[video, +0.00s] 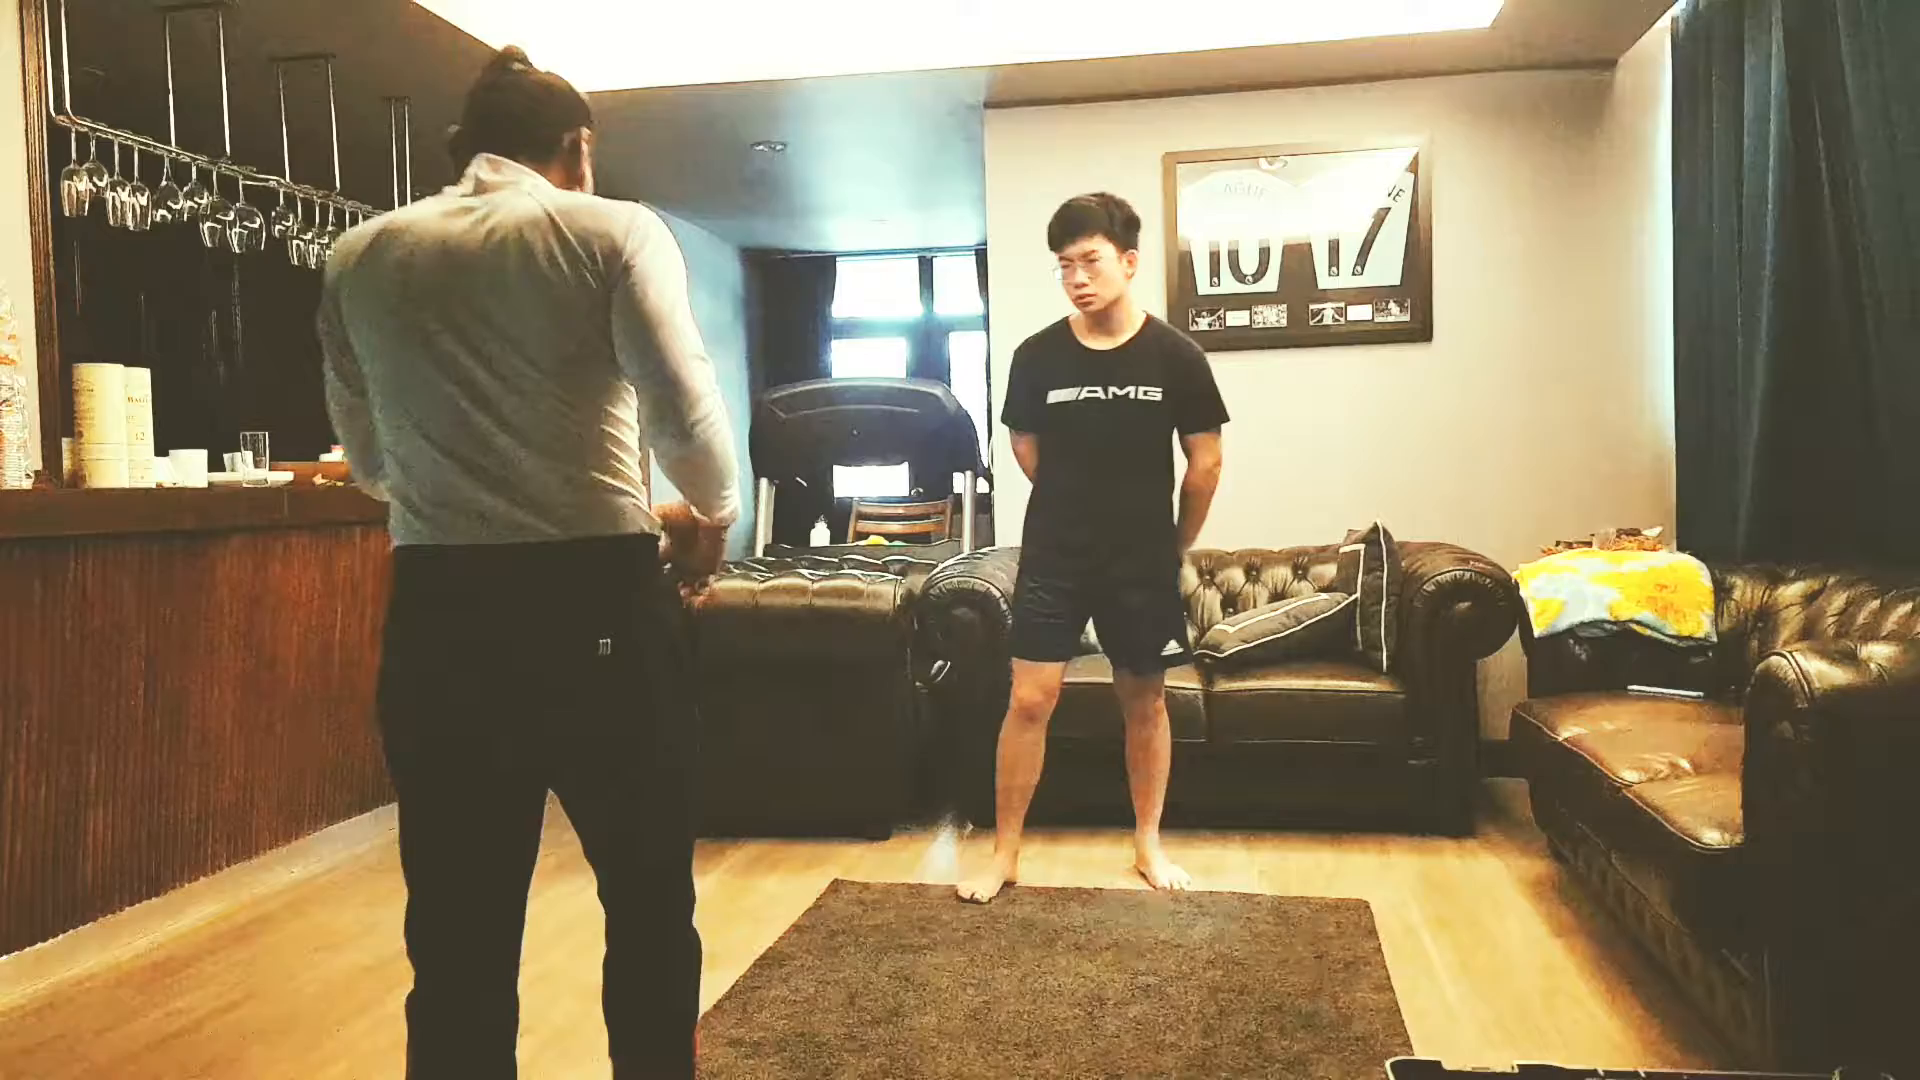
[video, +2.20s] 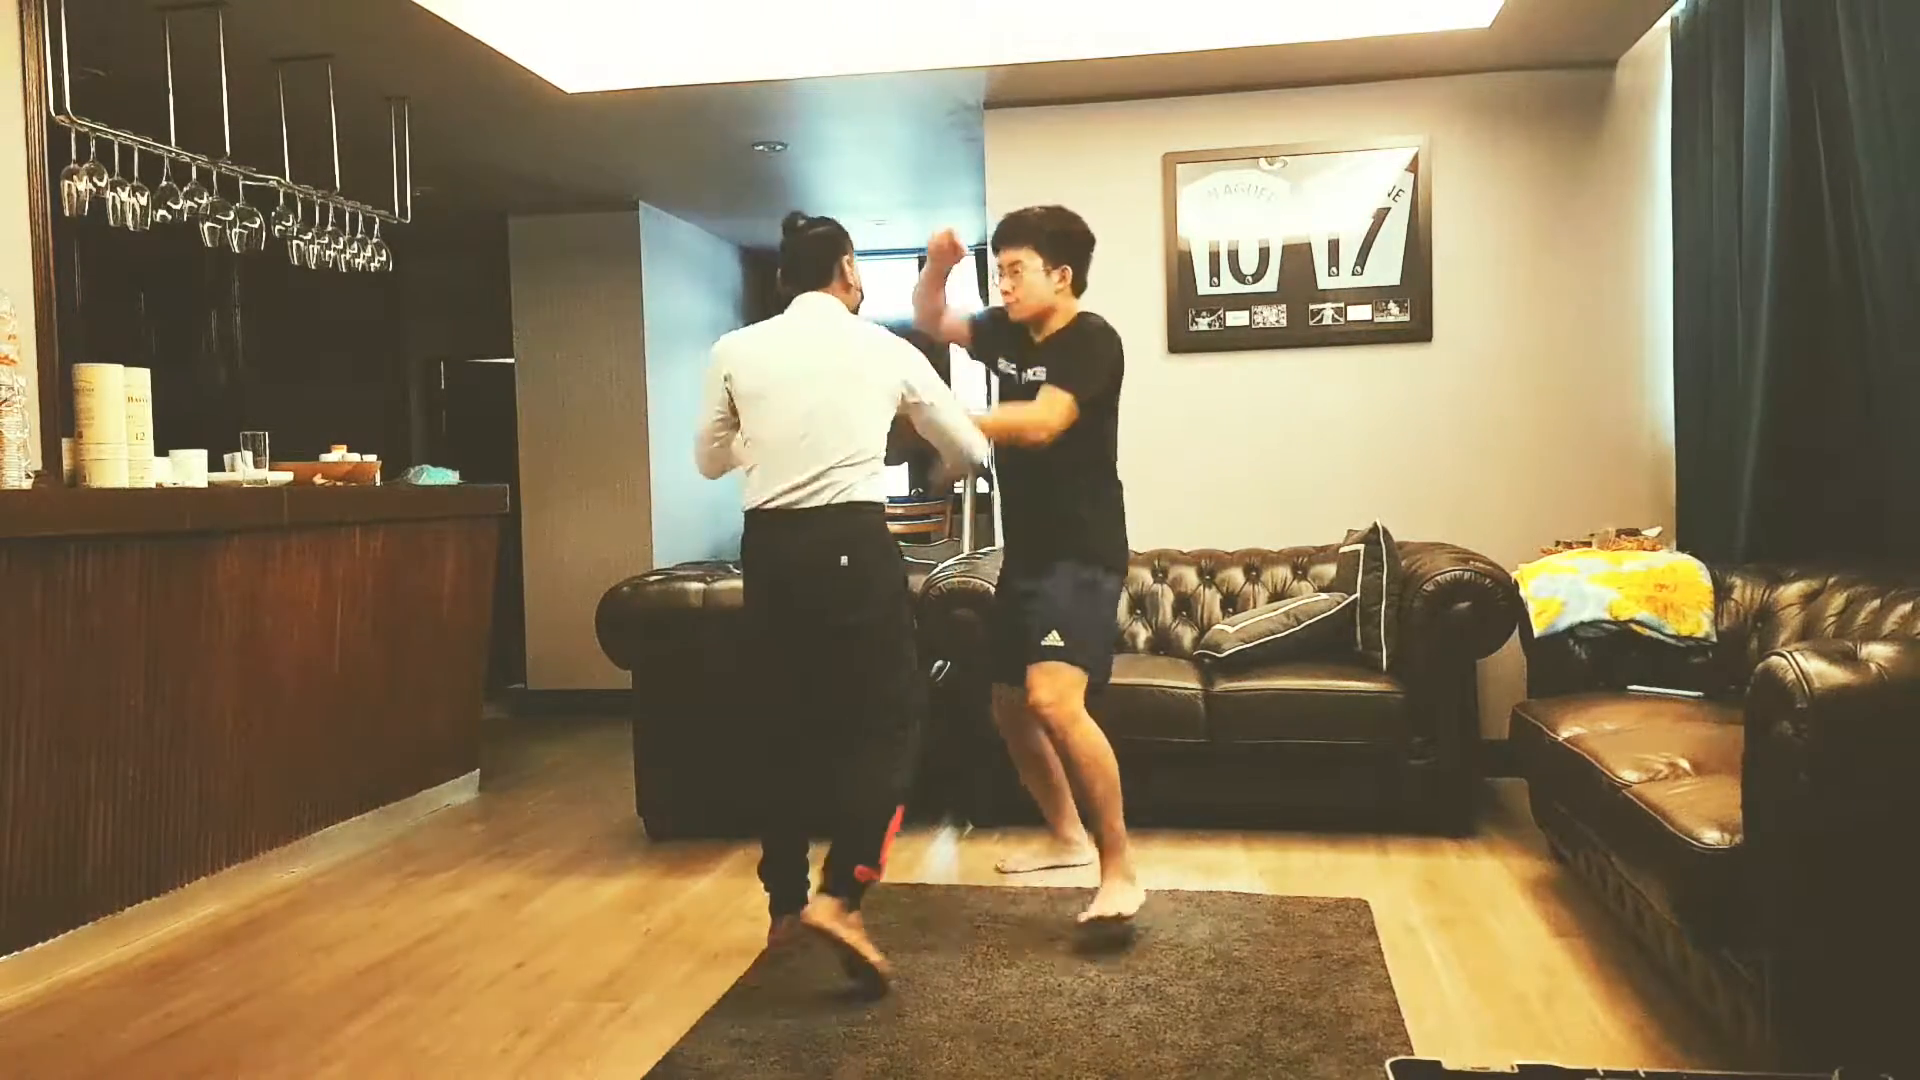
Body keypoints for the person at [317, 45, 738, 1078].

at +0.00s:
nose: (592, 179)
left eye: (589, 164)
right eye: (592, 161)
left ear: (468, 151)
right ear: (573, 152)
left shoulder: (355, 256)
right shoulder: (611, 231)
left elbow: (368, 459)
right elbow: (689, 419)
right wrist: (709, 530)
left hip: (442, 621)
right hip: (601, 614)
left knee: (456, 940)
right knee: (651, 909)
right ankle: (655, 1068)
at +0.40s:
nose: (703, 220)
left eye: (700, 199)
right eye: (701, 199)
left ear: (592, 185)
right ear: (681, 191)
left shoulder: (488, 275)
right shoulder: (724, 284)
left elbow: (446, 455)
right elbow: (784, 465)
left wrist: (532, 482)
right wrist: (773, 530)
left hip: (544, 589)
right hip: (679, 587)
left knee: (540, 856)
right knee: (681, 860)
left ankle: (515, 1068)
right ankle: (665, 1066)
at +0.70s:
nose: (756, 229)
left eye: (754, 211)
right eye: (754, 211)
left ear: (658, 206)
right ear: (732, 206)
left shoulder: (557, 304)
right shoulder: (767, 303)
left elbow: (497, 462)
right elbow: (798, 483)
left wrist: (559, 566)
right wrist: (784, 584)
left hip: (604, 582)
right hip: (725, 577)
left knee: (634, 801)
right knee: (712, 817)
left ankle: (651, 997)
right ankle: (665, 1059)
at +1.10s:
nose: (794, 241)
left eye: (792, 225)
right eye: (788, 226)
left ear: (708, 229)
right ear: (756, 226)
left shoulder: (646, 319)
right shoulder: (779, 310)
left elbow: (603, 473)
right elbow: (794, 465)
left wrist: (673, 537)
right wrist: (840, 567)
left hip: (658, 574)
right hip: (752, 575)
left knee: (676, 794)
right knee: (820, 795)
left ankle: (705, 994)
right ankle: (693, 1005)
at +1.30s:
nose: (813, 249)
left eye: (813, 233)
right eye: (808, 232)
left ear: (743, 229)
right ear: (775, 227)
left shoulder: (695, 308)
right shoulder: (766, 311)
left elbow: (725, 465)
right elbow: (789, 460)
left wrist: (821, 510)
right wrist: (860, 442)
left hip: (703, 560)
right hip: (755, 564)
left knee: (731, 779)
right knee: (787, 784)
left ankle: (727, 988)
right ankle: (739, 1006)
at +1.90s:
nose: (852, 270)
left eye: (847, 256)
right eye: (845, 257)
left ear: (776, 268)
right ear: (823, 264)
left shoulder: (732, 349)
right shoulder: (825, 351)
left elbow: (776, 448)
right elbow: (900, 450)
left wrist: (869, 387)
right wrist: (919, 377)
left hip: (761, 549)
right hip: (827, 551)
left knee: (801, 725)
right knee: (841, 745)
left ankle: (798, 885)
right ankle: (763, 958)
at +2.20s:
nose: (864, 281)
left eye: (858, 268)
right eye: (860, 269)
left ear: (786, 280)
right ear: (845, 275)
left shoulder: (735, 348)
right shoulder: (883, 348)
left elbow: (713, 457)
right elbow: (968, 446)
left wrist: (779, 433)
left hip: (769, 549)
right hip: (855, 543)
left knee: (784, 721)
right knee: (890, 715)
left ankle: (785, 914)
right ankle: (839, 897)